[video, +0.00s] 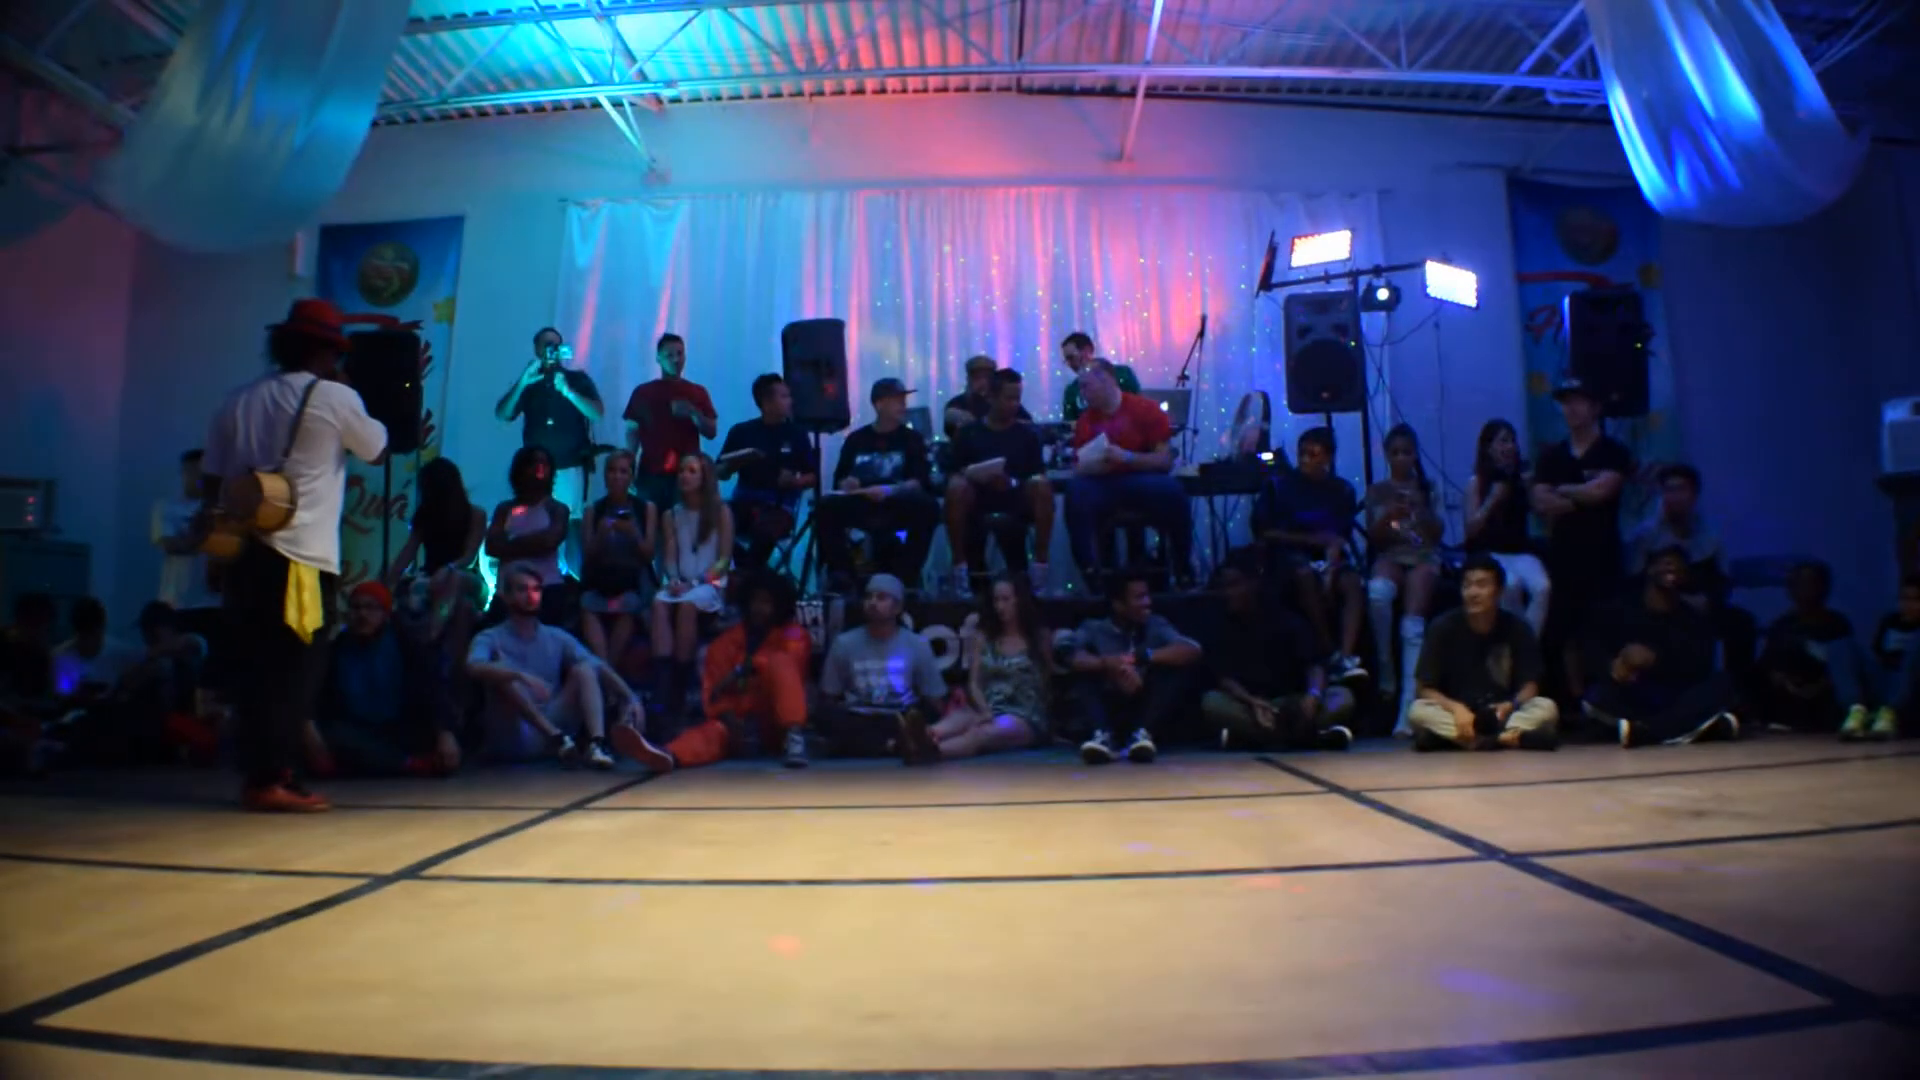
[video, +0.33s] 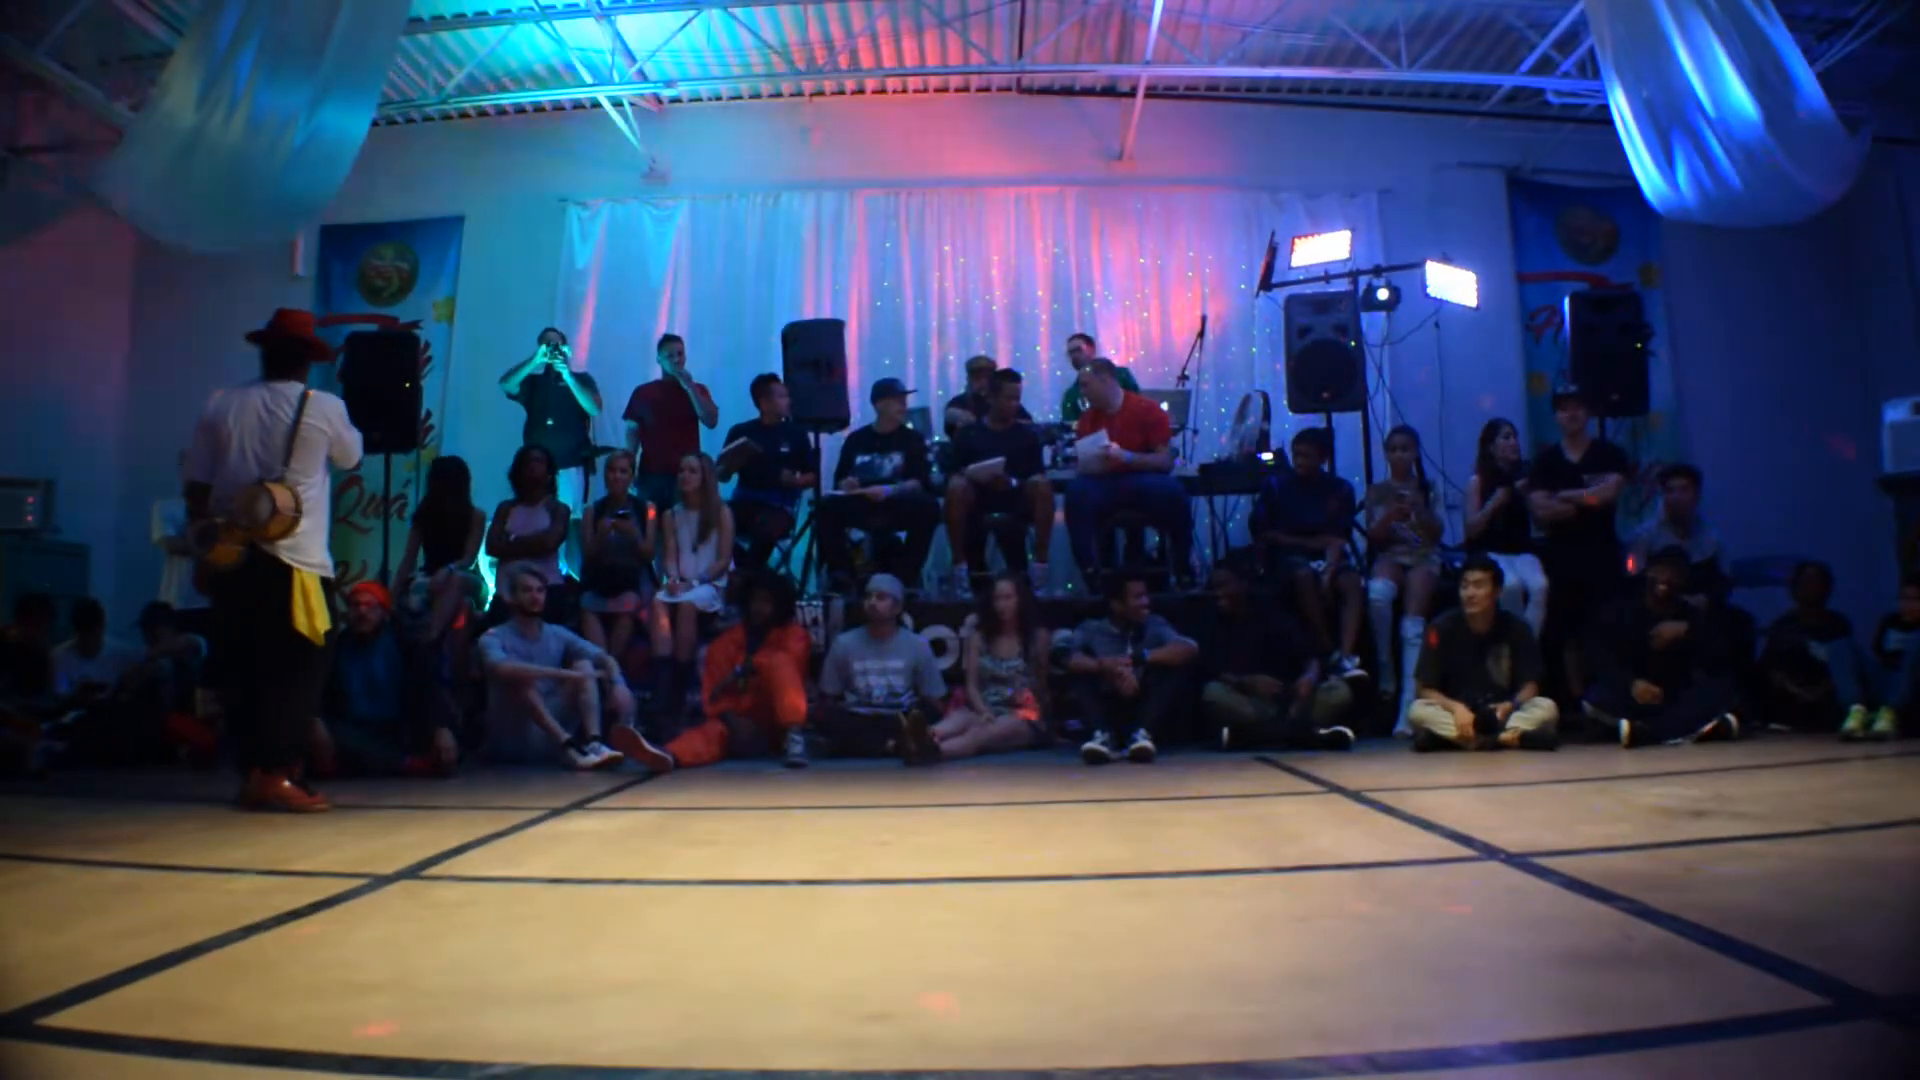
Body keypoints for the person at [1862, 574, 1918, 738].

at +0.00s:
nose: (1910, 605)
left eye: (1914, 599)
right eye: (1906, 599)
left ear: (1919, 602)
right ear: (1900, 600)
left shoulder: (1916, 629)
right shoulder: (1889, 622)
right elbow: (1875, 650)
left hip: (1908, 681)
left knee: (1911, 661)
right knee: (1842, 648)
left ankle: (1889, 712)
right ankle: (1856, 709)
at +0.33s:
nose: (1910, 605)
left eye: (1914, 600)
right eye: (1906, 599)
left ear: (1919, 602)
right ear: (1900, 600)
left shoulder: (1916, 628)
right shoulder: (1889, 622)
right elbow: (1876, 650)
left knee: (1911, 659)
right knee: (1842, 648)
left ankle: (1889, 712)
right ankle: (1856, 709)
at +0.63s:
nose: (1909, 605)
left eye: (1914, 599)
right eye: (1904, 598)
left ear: (1919, 602)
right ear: (1899, 600)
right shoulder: (1888, 622)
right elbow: (1876, 653)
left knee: (1912, 656)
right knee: (1841, 647)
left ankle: (1889, 713)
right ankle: (1856, 709)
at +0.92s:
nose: (1908, 604)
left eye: (1914, 598)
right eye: (1904, 598)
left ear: (1919, 601)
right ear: (1899, 600)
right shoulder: (1888, 622)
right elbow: (1875, 653)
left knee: (1912, 655)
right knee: (1842, 647)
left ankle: (1889, 712)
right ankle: (1856, 710)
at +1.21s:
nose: (1908, 604)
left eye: (1913, 598)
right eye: (1904, 598)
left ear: (1919, 602)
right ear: (1898, 601)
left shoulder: (1916, 631)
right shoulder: (1888, 622)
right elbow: (1876, 654)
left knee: (1912, 655)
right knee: (1841, 648)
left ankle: (1888, 712)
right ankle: (1855, 709)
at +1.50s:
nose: (1908, 604)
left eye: (1913, 598)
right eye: (1904, 598)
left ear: (1919, 601)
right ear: (1898, 600)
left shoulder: (1916, 630)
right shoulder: (1888, 622)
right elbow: (1877, 654)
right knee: (1841, 648)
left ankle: (1889, 711)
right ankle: (1856, 709)